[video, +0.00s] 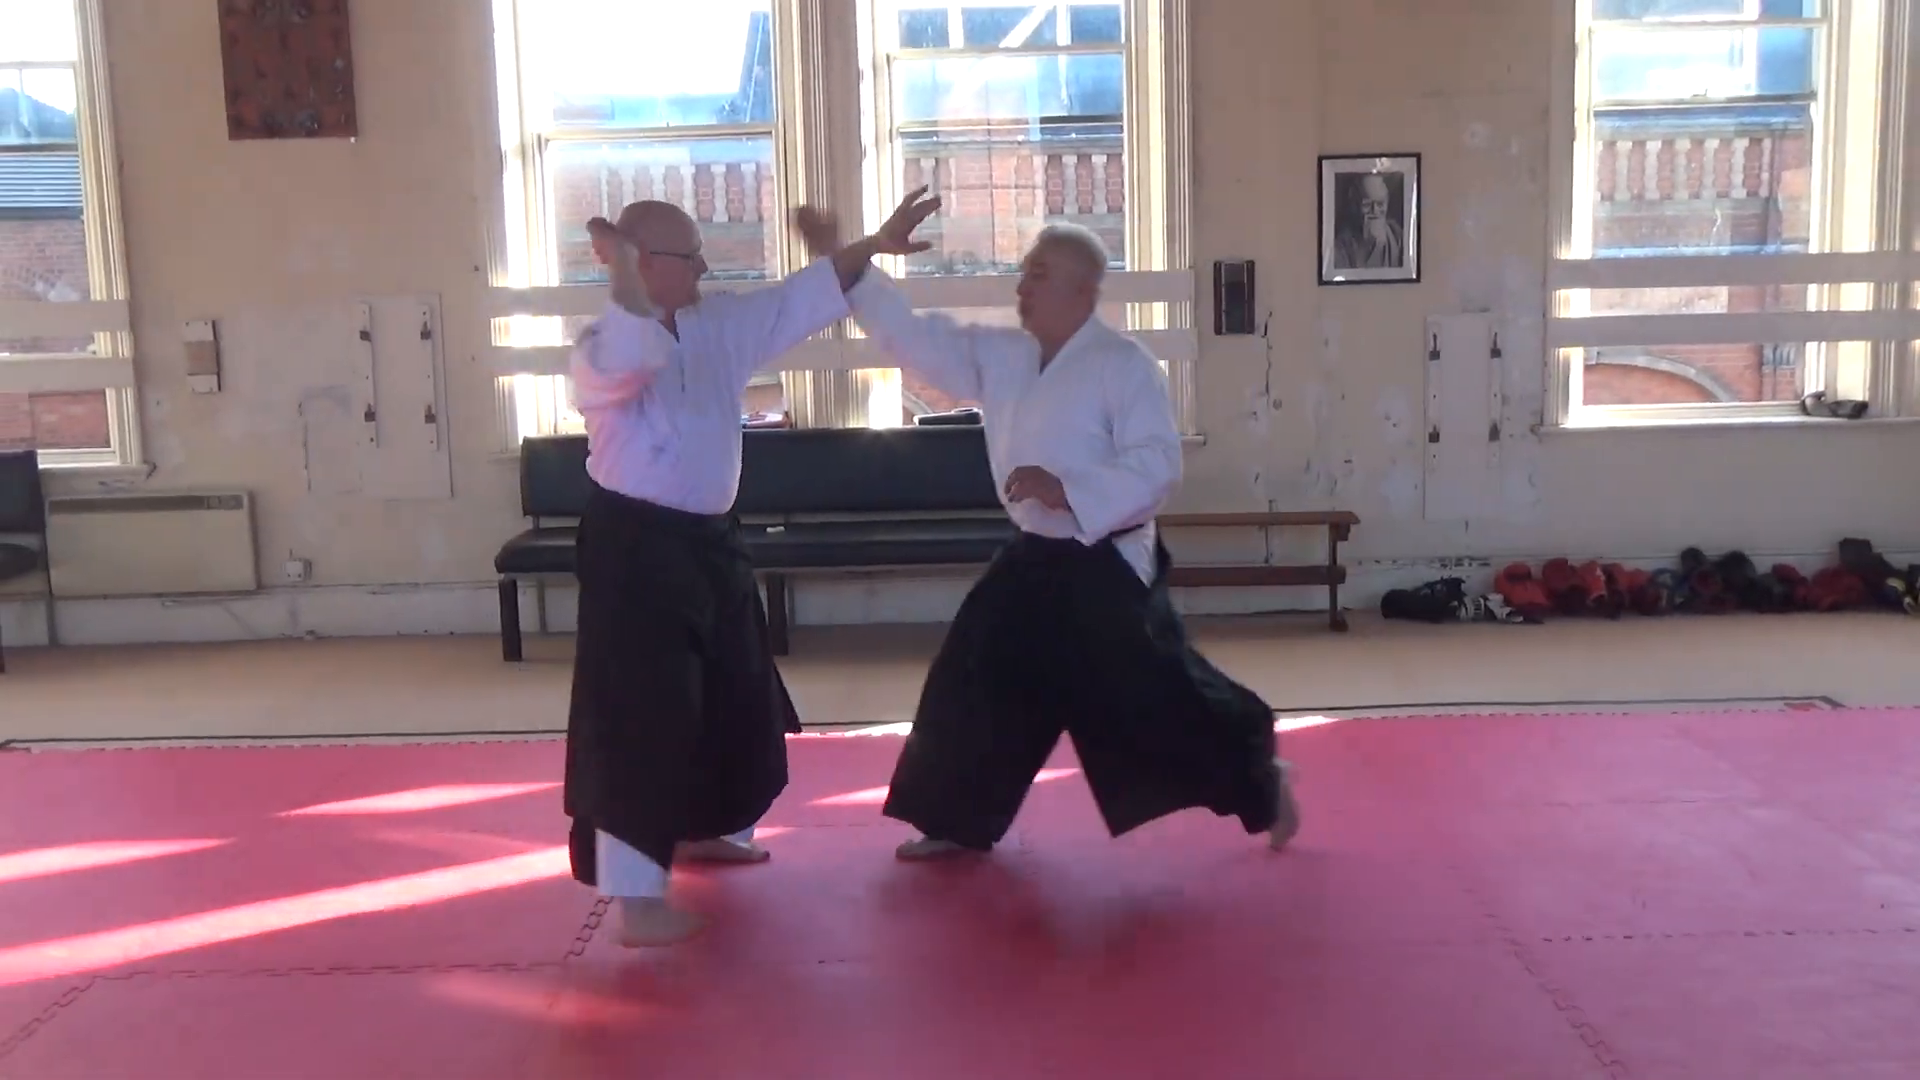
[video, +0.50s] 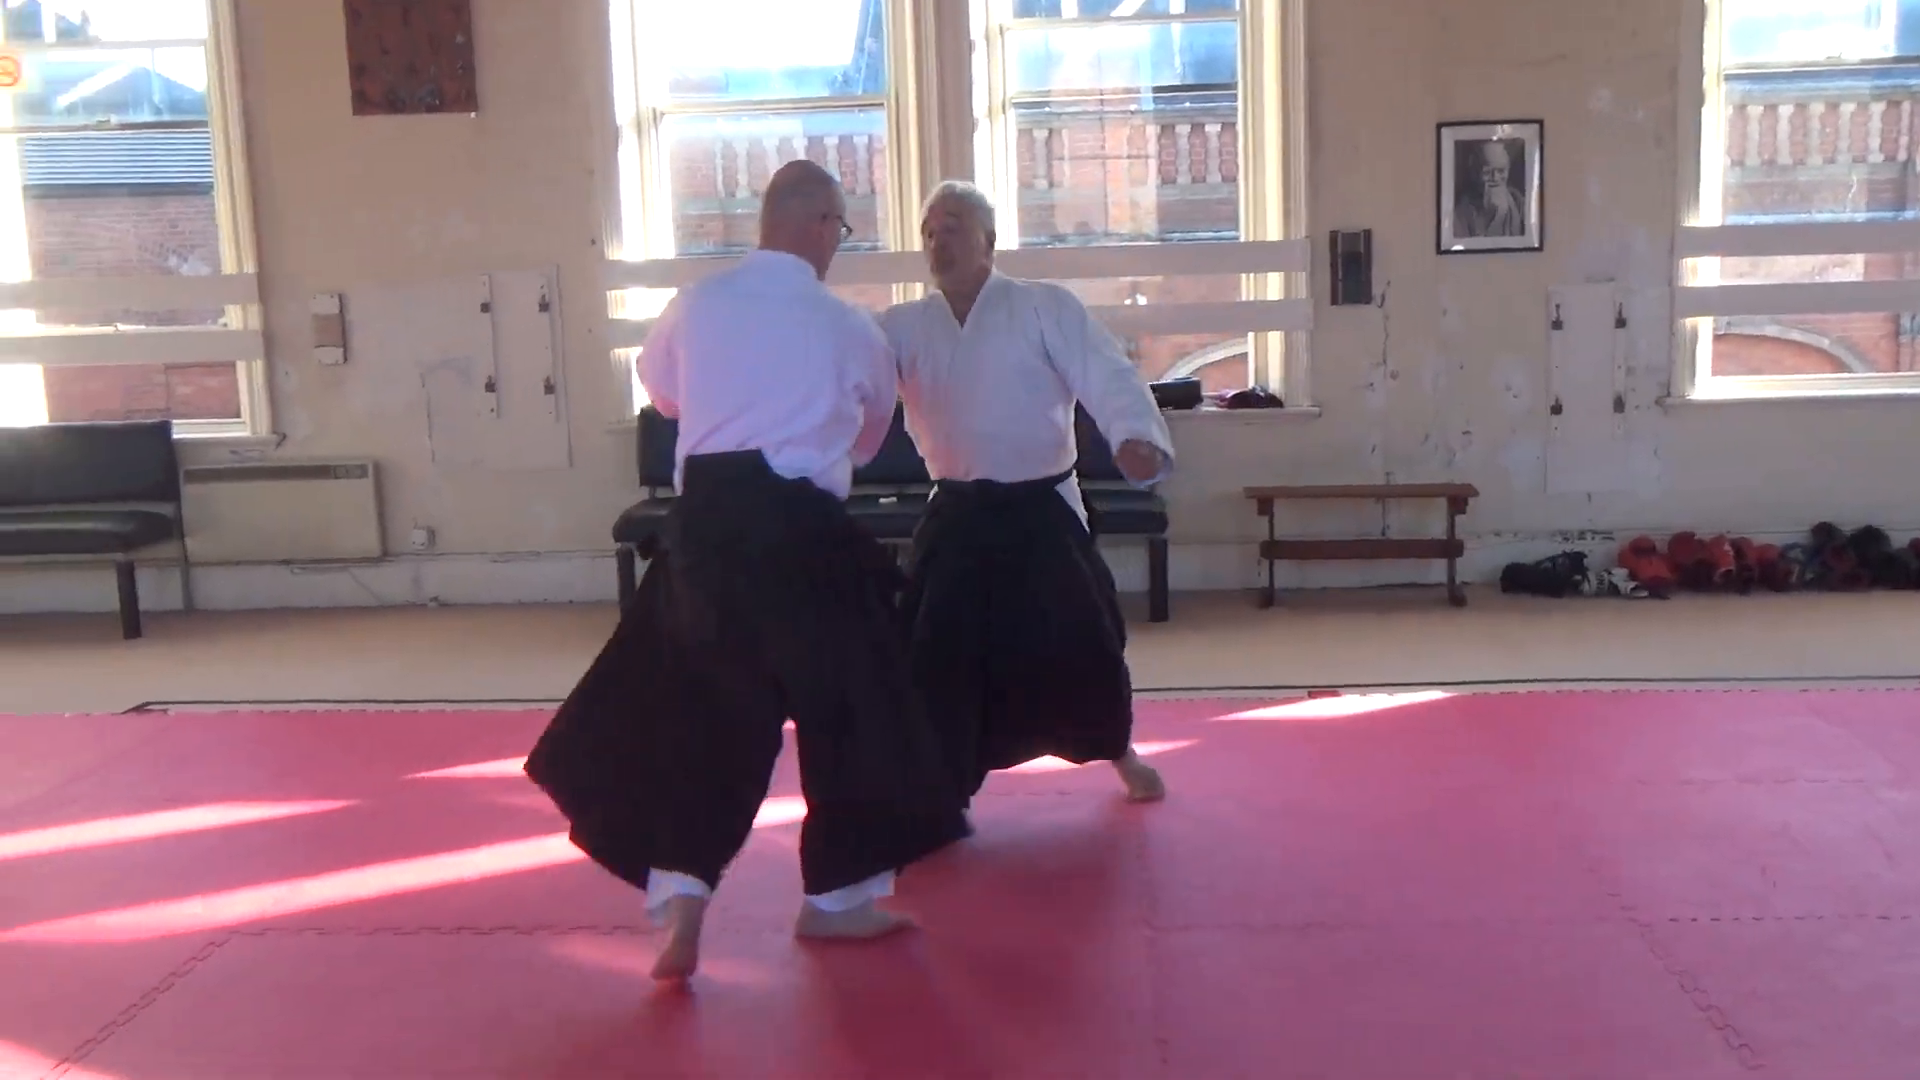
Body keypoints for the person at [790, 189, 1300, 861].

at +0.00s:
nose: (1021, 283)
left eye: (1038, 273)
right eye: (1023, 270)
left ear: (1084, 290)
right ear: (1027, 284)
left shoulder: (1125, 366)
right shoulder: (999, 357)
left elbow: (1155, 466)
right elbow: (909, 332)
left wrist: (1070, 490)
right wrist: (842, 261)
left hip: (1109, 562)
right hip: (1030, 558)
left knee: (1155, 691)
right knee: (972, 677)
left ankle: (1255, 777)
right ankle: (959, 826)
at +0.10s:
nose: (987, 262)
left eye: (1003, 251)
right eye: (987, 252)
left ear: (1050, 265)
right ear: (993, 263)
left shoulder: (1096, 341)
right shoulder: (967, 336)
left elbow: (1145, 432)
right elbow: (877, 336)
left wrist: (1072, 467)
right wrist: (795, 295)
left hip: (1067, 533)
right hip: (994, 531)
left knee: (1083, 662)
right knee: (963, 665)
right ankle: (970, 817)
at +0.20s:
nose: (979, 238)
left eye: (997, 228)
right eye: (978, 227)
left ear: (1040, 244)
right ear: (973, 239)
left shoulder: (1086, 316)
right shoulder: (951, 313)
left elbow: (1128, 402)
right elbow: (866, 337)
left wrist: (1064, 425)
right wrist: (790, 310)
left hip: (1049, 509)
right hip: (969, 506)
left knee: (1052, 653)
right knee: (948, 648)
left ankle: (1064, 782)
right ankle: (964, 787)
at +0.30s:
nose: (977, 238)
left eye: (994, 228)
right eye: (975, 228)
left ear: (1034, 244)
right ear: (967, 241)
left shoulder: (1080, 314)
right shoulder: (944, 316)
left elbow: (1124, 390)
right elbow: (871, 354)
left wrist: (1073, 419)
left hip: (1041, 502)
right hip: (959, 498)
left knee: (1050, 644)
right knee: (923, 638)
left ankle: (1067, 770)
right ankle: (909, 791)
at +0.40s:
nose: (958, 243)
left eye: (975, 232)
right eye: (954, 233)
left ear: (1013, 248)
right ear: (948, 247)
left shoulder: (1065, 318)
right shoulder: (925, 324)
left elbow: (1119, 387)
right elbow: (863, 376)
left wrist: (1100, 429)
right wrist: (862, 348)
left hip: (1043, 510)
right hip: (956, 509)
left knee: (1076, 642)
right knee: (913, 650)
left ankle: (1098, 765)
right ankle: (873, 804)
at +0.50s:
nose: (939, 236)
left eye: (953, 225)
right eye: (930, 227)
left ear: (988, 237)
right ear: (920, 242)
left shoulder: (1045, 308)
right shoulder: (902, 325)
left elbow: (1108, 375)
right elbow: (843, 382)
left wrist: (1136, 434)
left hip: (1045, 507)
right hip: (957, 512)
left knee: (1086, 638)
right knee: (936, 649)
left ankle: (1122, 753)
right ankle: (942, 794)